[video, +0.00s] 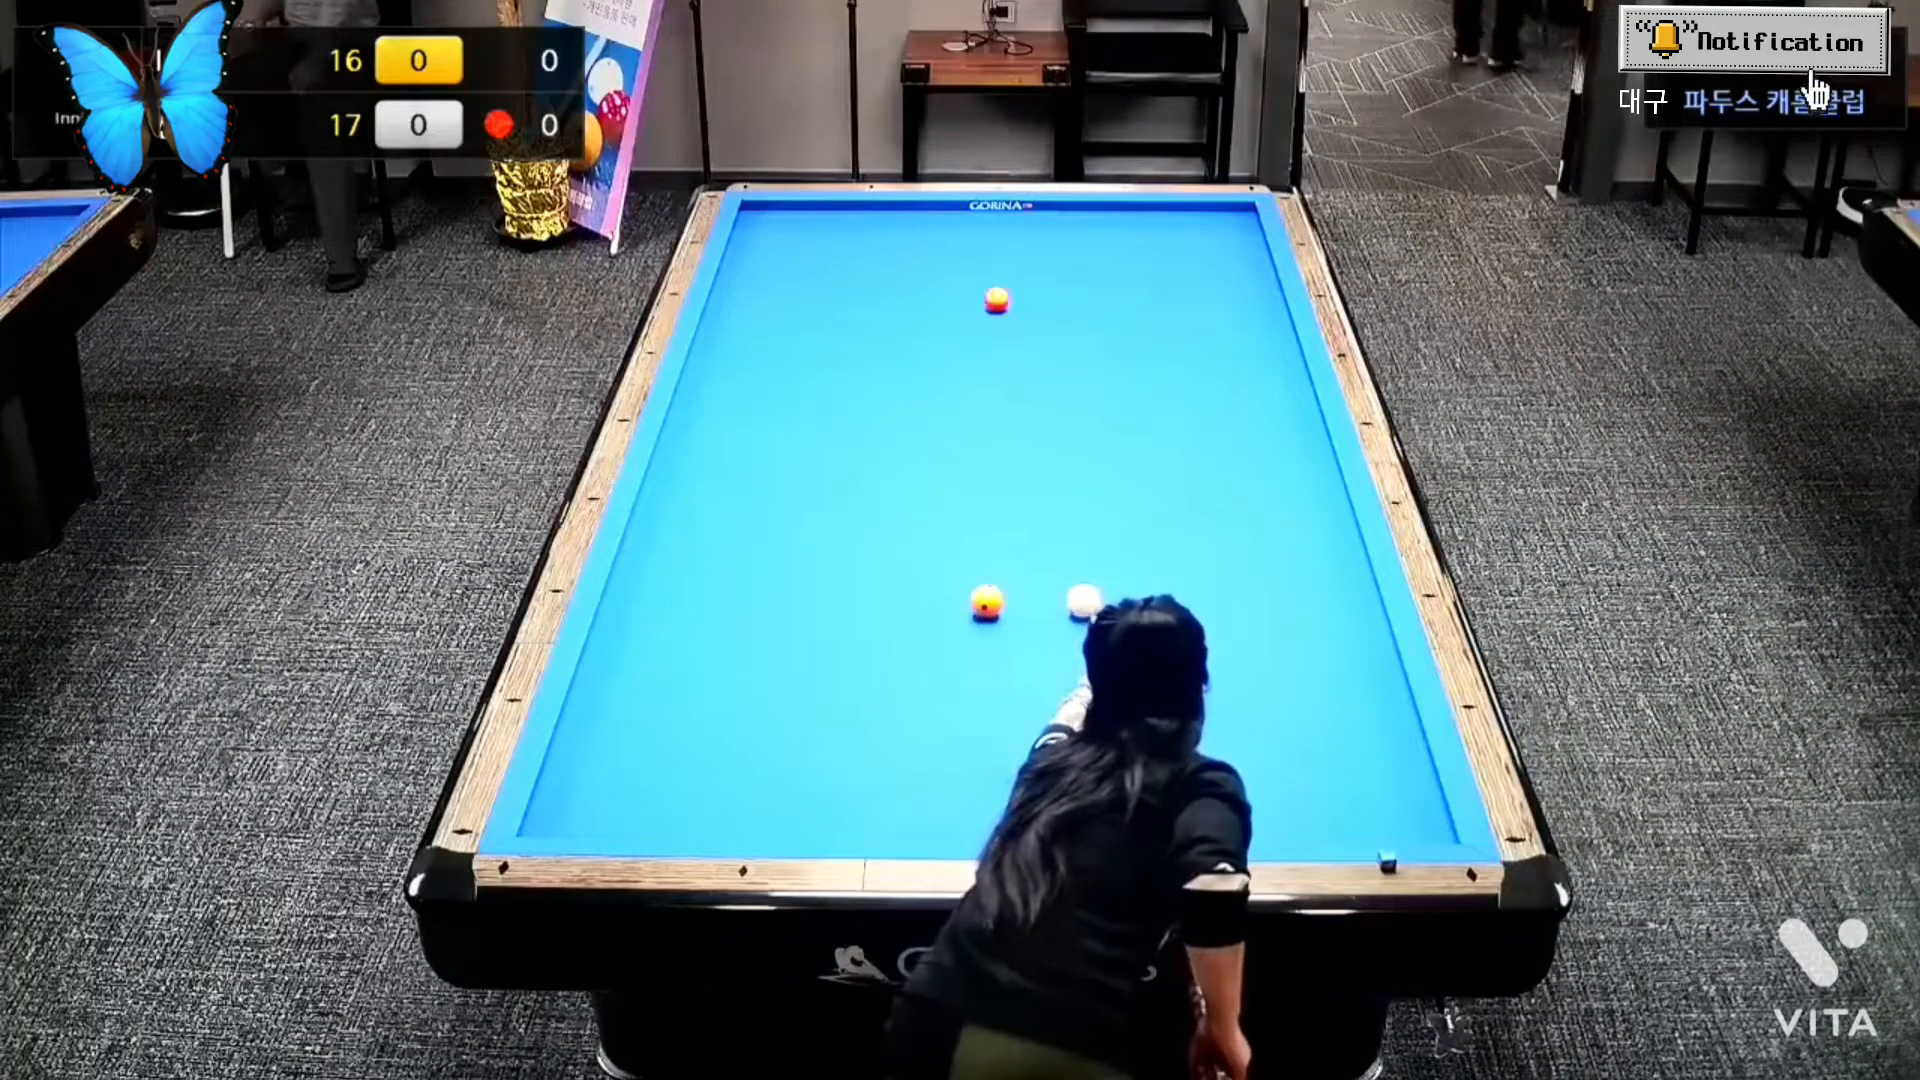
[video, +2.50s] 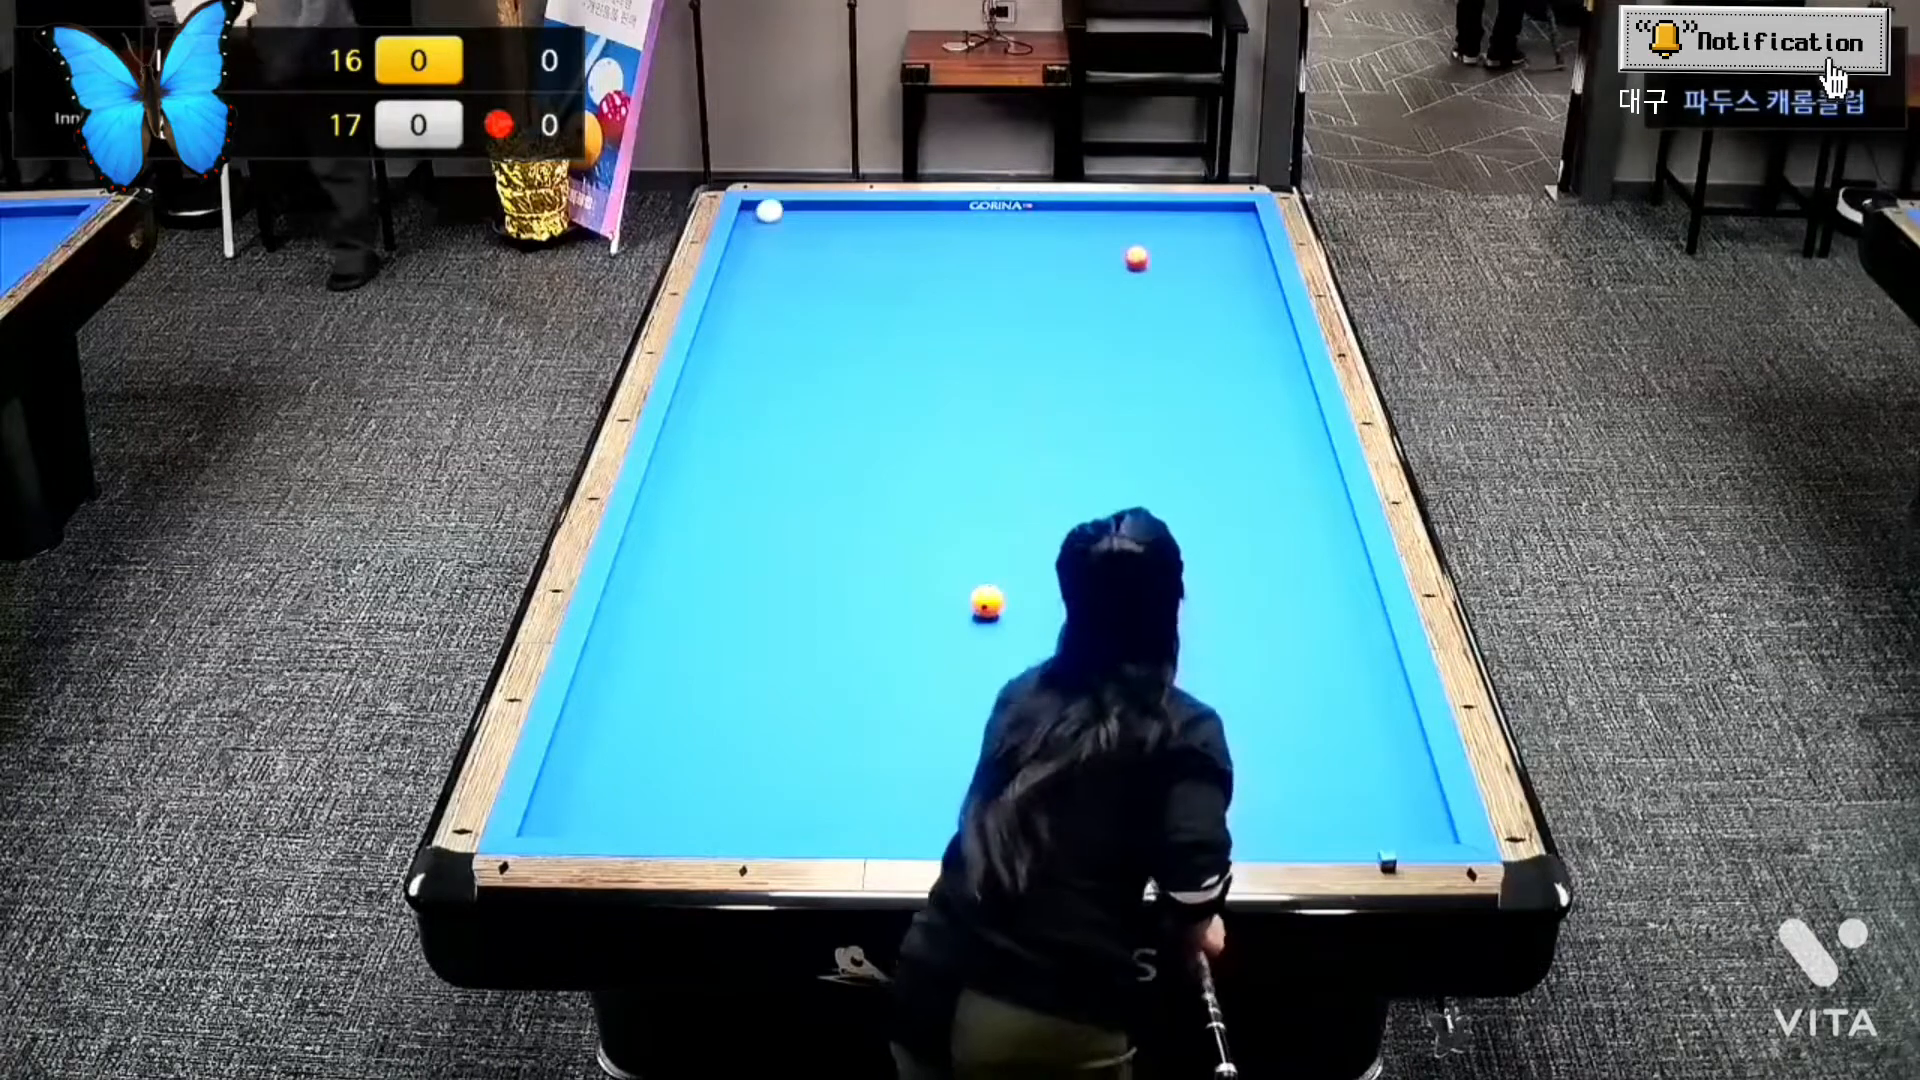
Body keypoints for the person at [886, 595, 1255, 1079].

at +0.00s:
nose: (1209, 681)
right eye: (1204, 671)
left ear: (1099, 687)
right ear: (1195, 684)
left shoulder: (1052, 758)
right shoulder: (1205, 781)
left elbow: (1077, 704)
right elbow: (1212, 889)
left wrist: (1099, 669)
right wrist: (1222, 1024)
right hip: (1083, 1041)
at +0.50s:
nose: (1209, 683)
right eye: (1204, 673)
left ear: (1099, 688)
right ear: (1195, 686)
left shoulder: (1053, 758)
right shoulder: (1207, 782)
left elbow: (1079, 702)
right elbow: (1214, 887)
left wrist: (1103, 666)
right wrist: (1222, 1018)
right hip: (1092, 1041)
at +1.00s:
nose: (1214, 677)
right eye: (1209, 667)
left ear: (1102, 682)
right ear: (1200, 679)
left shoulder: (1055, 755)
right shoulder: (1212, 776)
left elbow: (1079, 705)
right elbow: (1221, 894)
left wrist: (1097, 673)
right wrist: (1234, 1052)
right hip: (1091, 1038)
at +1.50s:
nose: (1220, 672)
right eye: (1216, 660)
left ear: (1112, 671)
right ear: (1205, 669)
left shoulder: (1058, 748)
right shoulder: (1221, 771)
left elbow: (1077, 708)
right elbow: (1233, 872)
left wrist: (1104, 669)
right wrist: (1232, 937)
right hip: (1109, 1037)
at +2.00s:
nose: (1208, 660)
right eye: (1203, 648)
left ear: (1103, 656)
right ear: (1196, 658)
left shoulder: (1049, 740)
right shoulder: (1217, 764)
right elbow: (1232, 874)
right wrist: (1223, 943)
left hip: (988, 1012)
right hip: (1112, 1029)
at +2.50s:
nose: (1181, 607)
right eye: (1177, 595)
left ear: (1075, 601)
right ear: (1167, 606)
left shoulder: (1020, 696)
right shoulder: (1186, 726)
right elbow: (1192, 873)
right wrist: (1199, 923)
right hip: (1069, 1016)